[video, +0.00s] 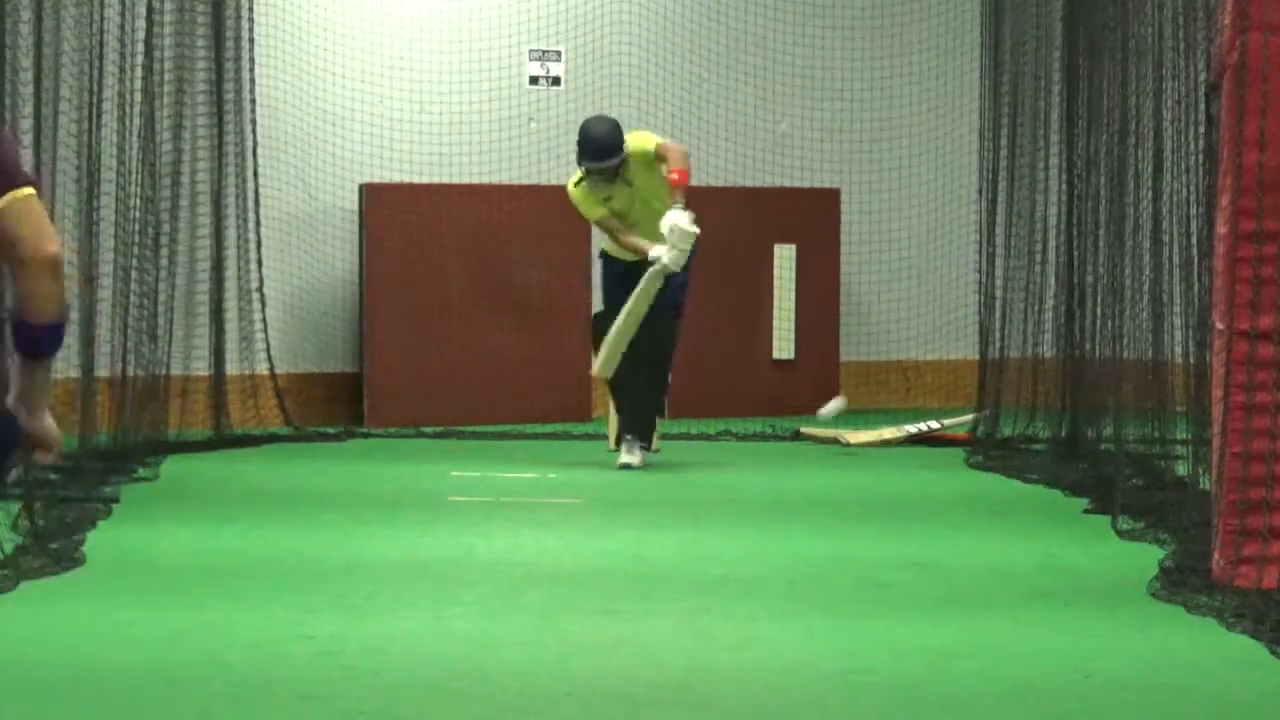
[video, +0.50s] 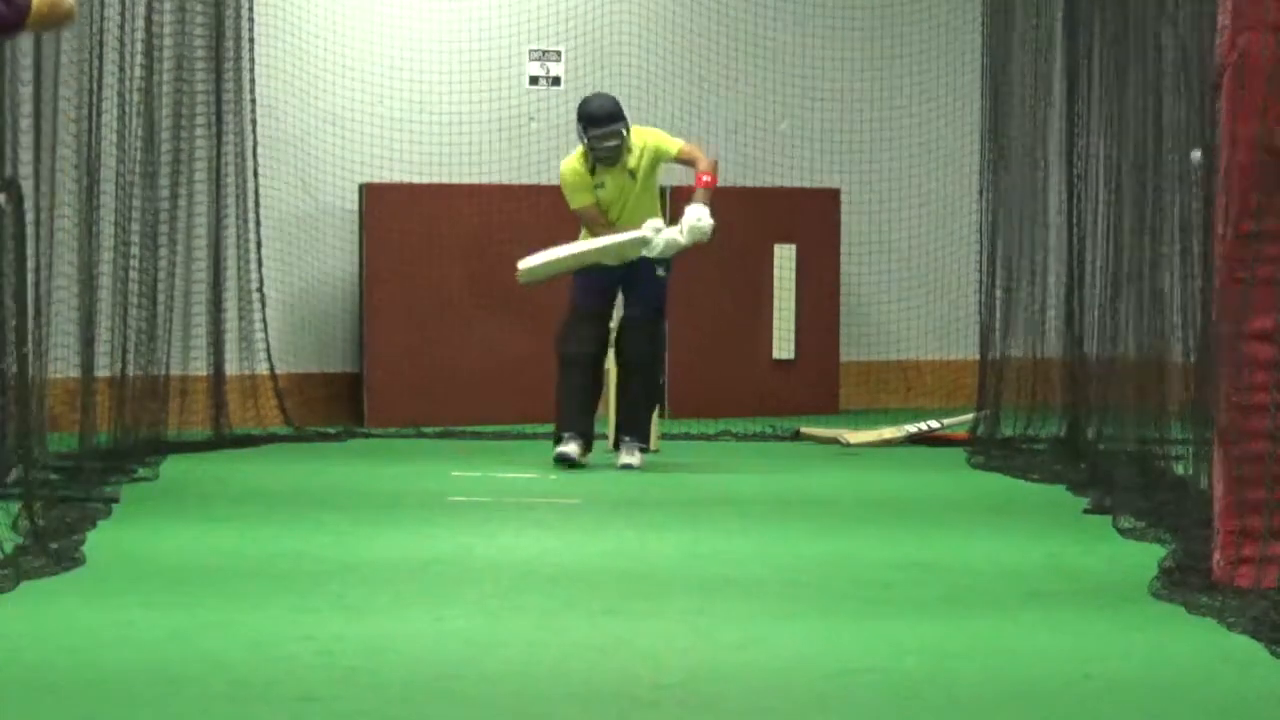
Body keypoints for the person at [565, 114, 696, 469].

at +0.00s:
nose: (605, 176)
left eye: (611, 168)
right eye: (596, 171)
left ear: (622, 153)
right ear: (583, 161)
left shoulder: (639, 146)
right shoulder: (580, 190)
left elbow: (677, 154)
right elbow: (617, 232)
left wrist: (677, 207)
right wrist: (652, 249)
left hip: (665, 253)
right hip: (621, 257)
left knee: (655, 341)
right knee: (620, 340)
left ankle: (638, 435)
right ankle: (632, 432)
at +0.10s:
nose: (607, 174)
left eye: (614, 166)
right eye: (598, 169)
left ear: (626, 151)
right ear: (584, 159)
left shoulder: (646, 151)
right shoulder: (580, 187)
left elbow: (690, 162)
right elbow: (614, 234)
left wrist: (690, 220)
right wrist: (655, 254)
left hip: (662, 255)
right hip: (613, 260)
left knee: (648, 345)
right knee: (603, 345)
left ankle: (633, 438)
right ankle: (616, 421)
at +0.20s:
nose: (611, 173)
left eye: (617, 165)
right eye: (601, 167)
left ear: (629, 150)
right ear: (587, 157)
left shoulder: (648, 150)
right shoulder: (579, 184)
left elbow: (698, 166)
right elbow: (612, 237)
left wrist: (695, 225)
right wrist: (652, 256)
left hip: (660, 255)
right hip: (608, 260)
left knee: (646, 349)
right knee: (587, 340)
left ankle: (633, 441)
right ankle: (600, 424)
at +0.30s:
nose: (611, 166)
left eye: (617, 157)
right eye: (602, 159)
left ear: (630, 145)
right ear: (588, 151)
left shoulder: (652, 149)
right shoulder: (578, 181)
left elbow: (705, 168)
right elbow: (609, 236)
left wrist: (699, 221)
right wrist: (646, 253)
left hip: (657, 254)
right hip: (604, 256)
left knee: (644, 347)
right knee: (581, 338)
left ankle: (632, 440)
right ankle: (582, 431)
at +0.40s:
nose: (611, 155)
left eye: (618, 146)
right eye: (602, 149)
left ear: (629, 138)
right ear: (588, 145)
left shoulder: (651, 147)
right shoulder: (577, 178)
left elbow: (707, 167)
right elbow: (605, 235)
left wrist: (701, 214)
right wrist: (644, 248)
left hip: (651, 255)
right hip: (601, 256)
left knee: (643, 346)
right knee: (580, 340)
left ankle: (632, 441)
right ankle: (574, 437)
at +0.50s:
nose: (609, 149)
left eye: (615, 140)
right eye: (600, 142)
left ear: (625, 131)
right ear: (584, 139)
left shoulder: (646, 143)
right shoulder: (573, 170)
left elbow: (703, 161)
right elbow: (598, 229)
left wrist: (699, 205)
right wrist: (640, 240)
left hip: (646, 256)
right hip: (598, 260)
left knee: (640, 345)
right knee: (583, 341)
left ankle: (632, 441)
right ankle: (573, 437)